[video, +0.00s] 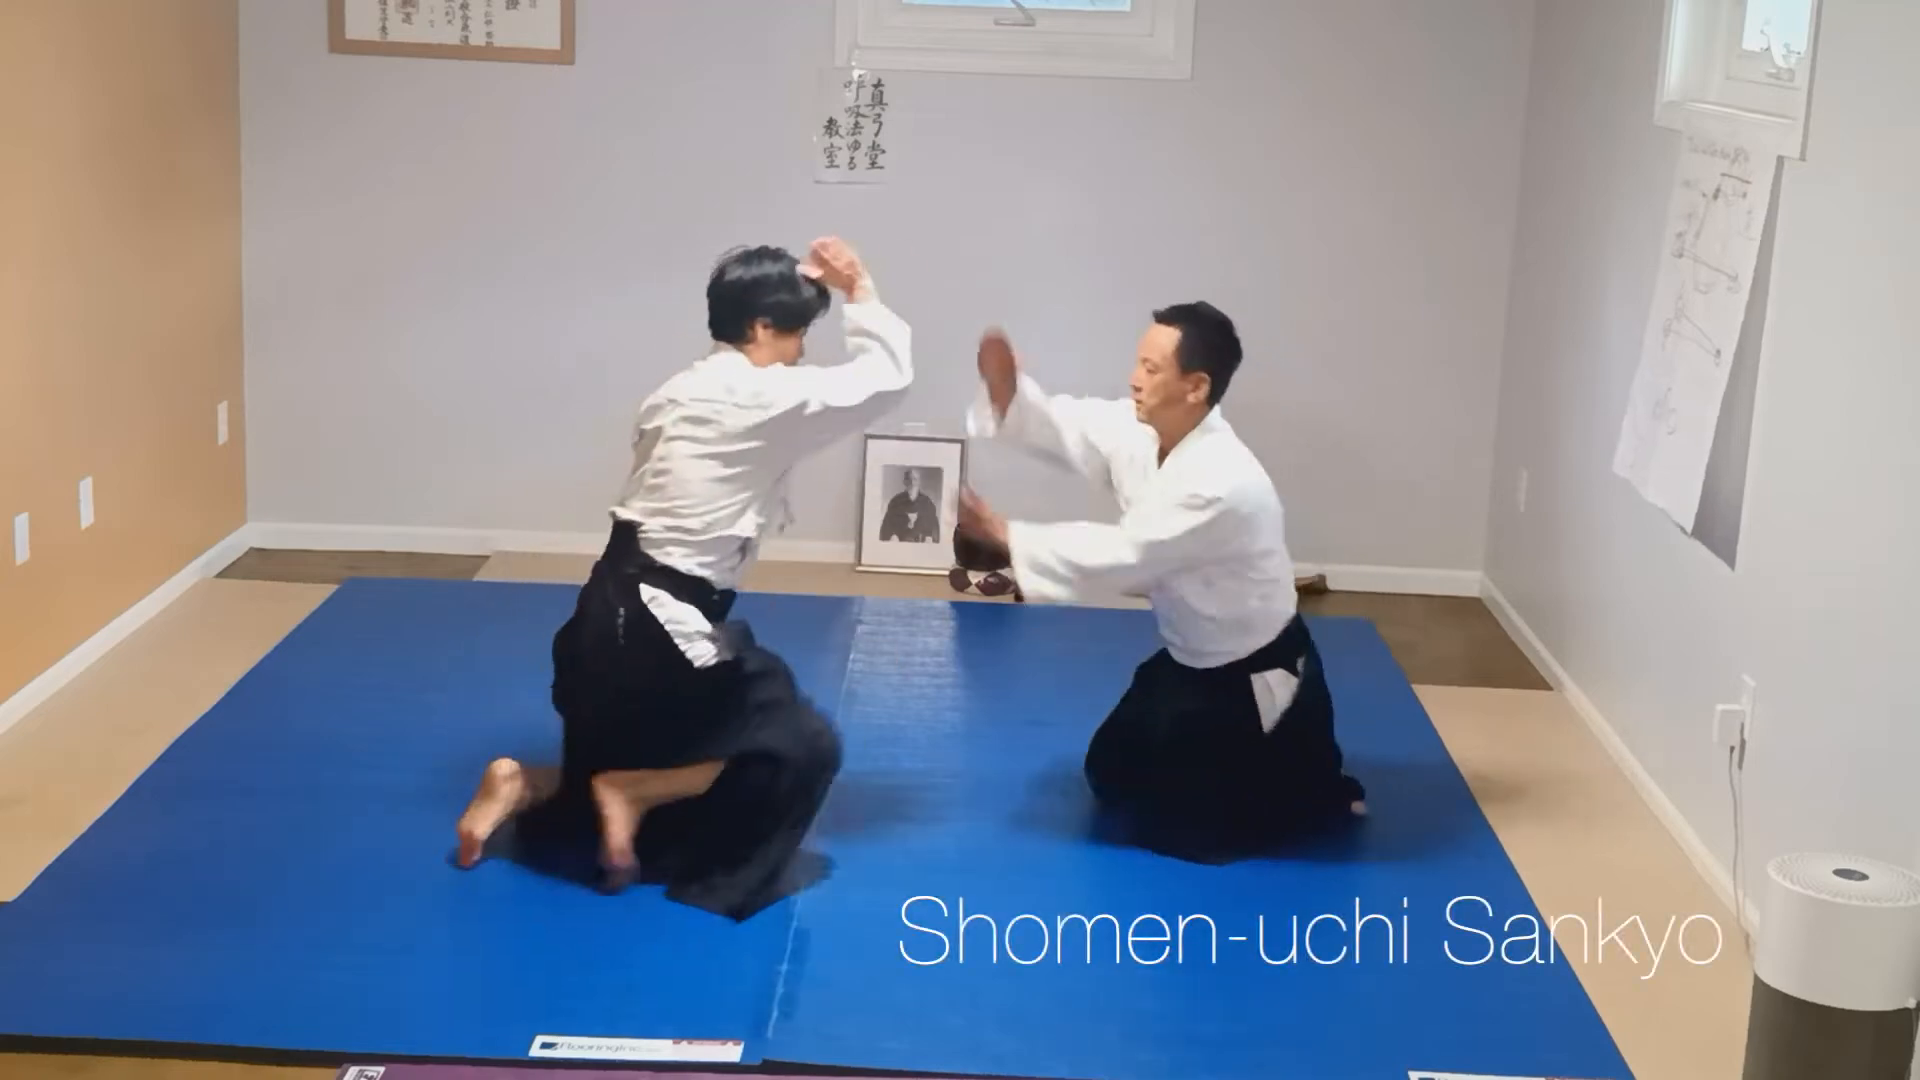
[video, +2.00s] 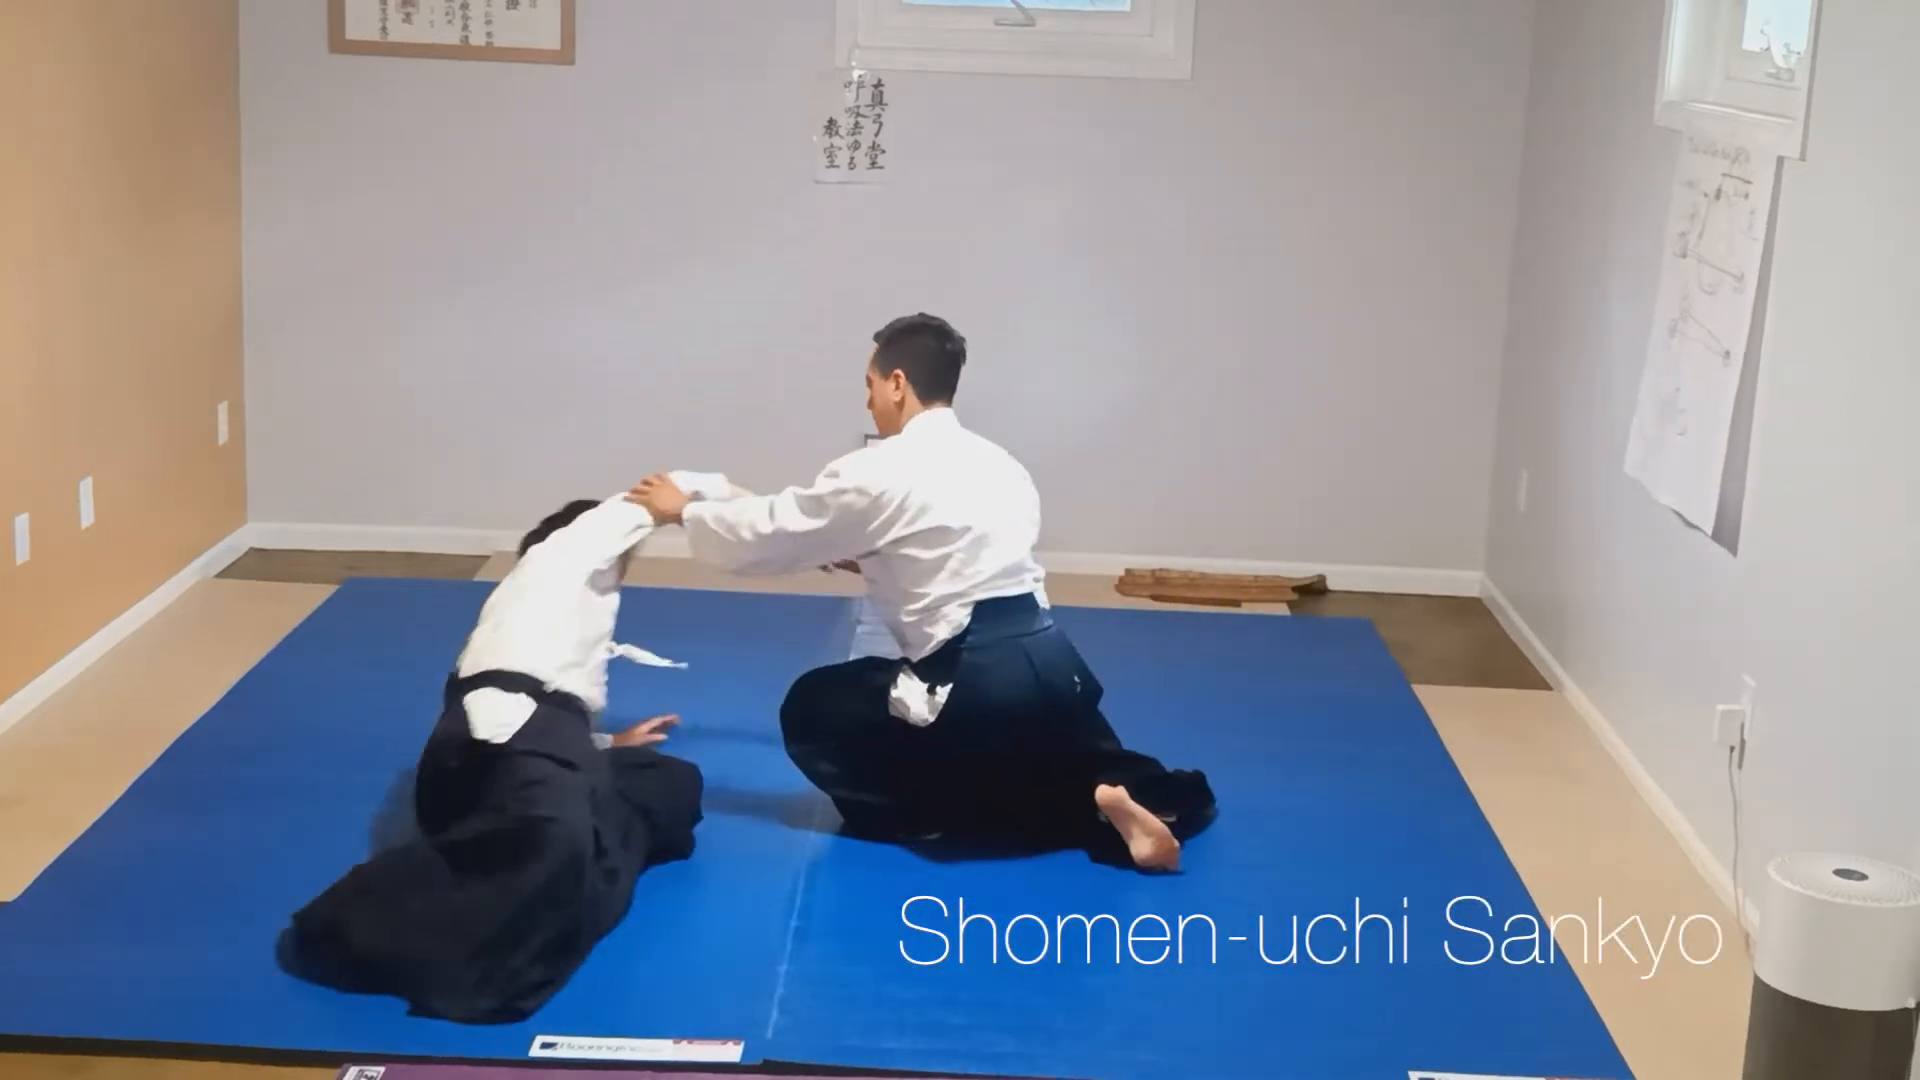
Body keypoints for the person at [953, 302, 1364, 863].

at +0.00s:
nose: (1133, 380)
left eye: (1149, 368)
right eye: (1137, 364)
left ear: (1196, 386)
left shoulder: (1222, 482)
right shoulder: (1138, 434)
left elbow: (1129, 555)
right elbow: (1070, 424)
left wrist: (1008, 538)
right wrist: (1013, 398)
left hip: (1258, 679)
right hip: (1187, 664)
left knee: (1181, 822)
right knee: (1111, 774)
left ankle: (1315, 799)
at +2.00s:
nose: (869, 401)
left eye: (871, 386)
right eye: (871, 385)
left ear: (895, 385)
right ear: (947, 387)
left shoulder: (880, 473)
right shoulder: (1005, 466)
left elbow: (768, 529)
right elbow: (960, 557)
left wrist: (686, 511)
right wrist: (870, 564)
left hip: (966, 693)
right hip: (1060, 680)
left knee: (810, 705)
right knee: (1098, 766)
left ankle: (920, 810)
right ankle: (1135, 800)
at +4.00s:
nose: (709, 358)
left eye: (720, 343)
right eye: (695, 346)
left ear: (733, 320)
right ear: (665, 329)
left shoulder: (776, 361)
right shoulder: (626, 389)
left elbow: (850, 411)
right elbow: (639, 504)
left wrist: (838, 502)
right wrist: (697, 589)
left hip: (749, 548)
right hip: (659, 557)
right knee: (654, 678)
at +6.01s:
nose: (705, 393)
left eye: (717, 379)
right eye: (692, 380)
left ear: (733, 360)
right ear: (666, 359)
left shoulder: (751, 376)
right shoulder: (640, 431)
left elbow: (815, 420)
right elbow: (680, 533)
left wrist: (779, 486)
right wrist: (773, 548)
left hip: (712, 572)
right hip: (628, 575)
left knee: (767, 685)